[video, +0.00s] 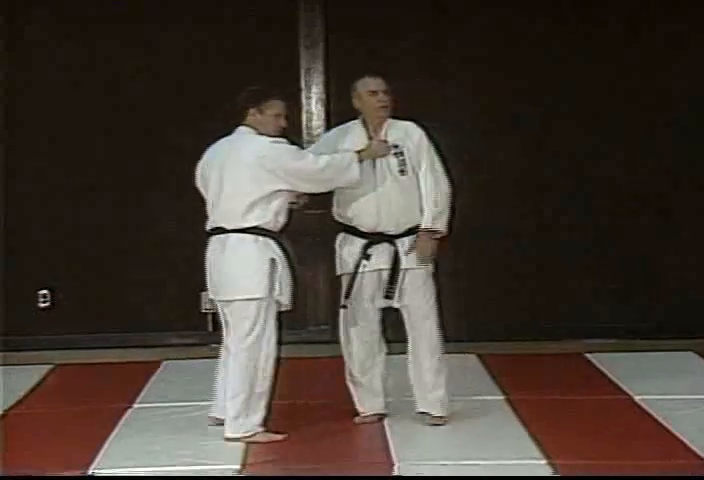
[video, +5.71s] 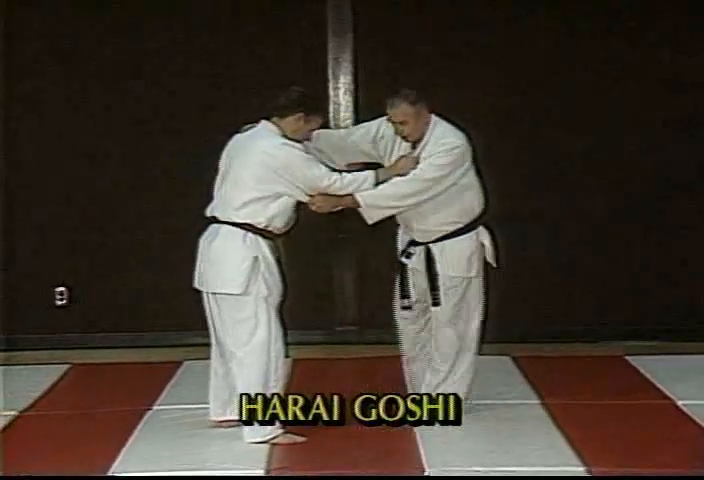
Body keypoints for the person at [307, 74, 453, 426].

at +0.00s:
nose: (382, 99)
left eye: (385, 93)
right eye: (373, 94)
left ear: (391, 99)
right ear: (356, 101)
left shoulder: (410, 135)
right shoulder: (338, 139)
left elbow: (436, 184)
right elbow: (302, 168)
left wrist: (429, 231)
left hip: (410, 244)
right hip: (358, 245)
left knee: (424, 325)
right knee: (360, 326)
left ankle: (432, 404)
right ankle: (369, 404)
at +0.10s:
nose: (382, 99)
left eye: (385, 93)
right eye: (373, 93)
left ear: (390, 99)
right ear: (355, 101)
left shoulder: (410, 135)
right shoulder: (336, 139)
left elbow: (432, 185)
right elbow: (302, 169)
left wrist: (424, 233)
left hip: (406, 245)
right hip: (356, 246)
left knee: (418, 330)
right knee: (360, 330)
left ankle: (421, 407)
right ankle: (369, 406)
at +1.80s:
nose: (355, 103)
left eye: (362, 96)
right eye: (351, 97)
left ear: (384, 97)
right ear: (348, 101)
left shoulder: (412, 133)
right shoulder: (338, 134)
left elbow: (434, 187)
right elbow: (293, 152)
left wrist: (424, 238)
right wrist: (252, 160)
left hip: (402, 247)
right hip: (352, 249)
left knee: (417, 331)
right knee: (358, 333)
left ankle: (427, 413)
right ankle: (371, 413)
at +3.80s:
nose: (361, 113)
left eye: (367, 106)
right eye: (356, 106)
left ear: (387, 103)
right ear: (351, 106)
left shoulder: (415, 136)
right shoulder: (343, 134)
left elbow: (436, 192)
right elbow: (294, 144)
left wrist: (431, 245)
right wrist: (241, 143)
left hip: (407, 247)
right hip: (357, 248)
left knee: (420, 327)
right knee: (359, 327)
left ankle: (429, 408)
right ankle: (371, 405)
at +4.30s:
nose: (363, 116)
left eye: (369, 109)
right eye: (358, 110)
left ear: (389, 105)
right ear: (354, 109)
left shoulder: (415, 137)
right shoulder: (345, 133)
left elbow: (430, 196)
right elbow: (294, 142)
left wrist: (392, 236)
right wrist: (242, 142)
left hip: (410, 244)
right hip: (358, 244)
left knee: (420, 324)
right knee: (360, 325)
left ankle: (433, 407)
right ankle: (373, 404)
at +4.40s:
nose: (367, 115)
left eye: (373, 107)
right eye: (362, 108)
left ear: (393, 104)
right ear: (358, 108)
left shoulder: (416, 137)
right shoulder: (349, 132)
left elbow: (417, 205)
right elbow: (299, 137)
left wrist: (363, 224)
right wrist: (245, 132)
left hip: (409, 246)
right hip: (359, 246)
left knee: (422, 330)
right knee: (361, 328)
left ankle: (434, 410)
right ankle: (374, 407)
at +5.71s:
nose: (400, 132)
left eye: (405, 124)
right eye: (395, 125)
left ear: (425, 115)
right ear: (390, 121)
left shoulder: (450, 144)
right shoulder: (387, 132)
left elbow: (414, 187)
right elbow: (340, 141)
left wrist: (347, 201)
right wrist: (290, 138)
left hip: (454, 245)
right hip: (412, 243)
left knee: (449, 329)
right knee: (412, 327)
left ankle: (443, 407)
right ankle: (419, 401)